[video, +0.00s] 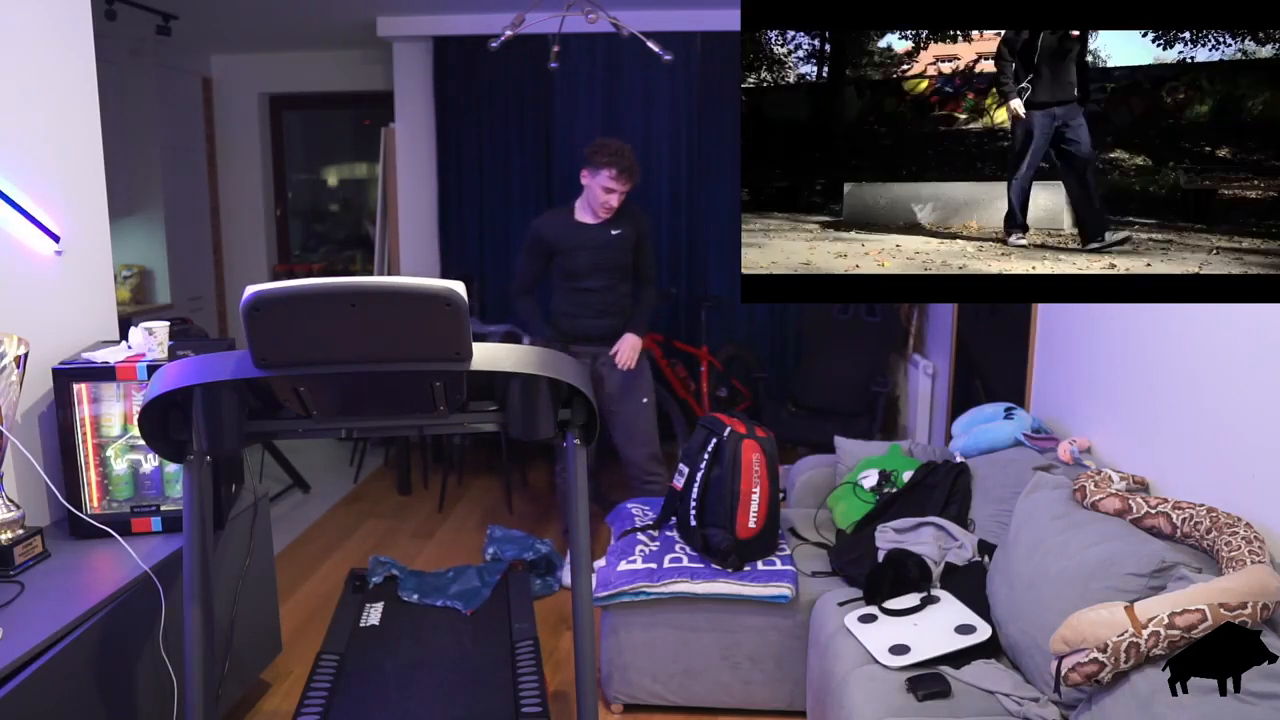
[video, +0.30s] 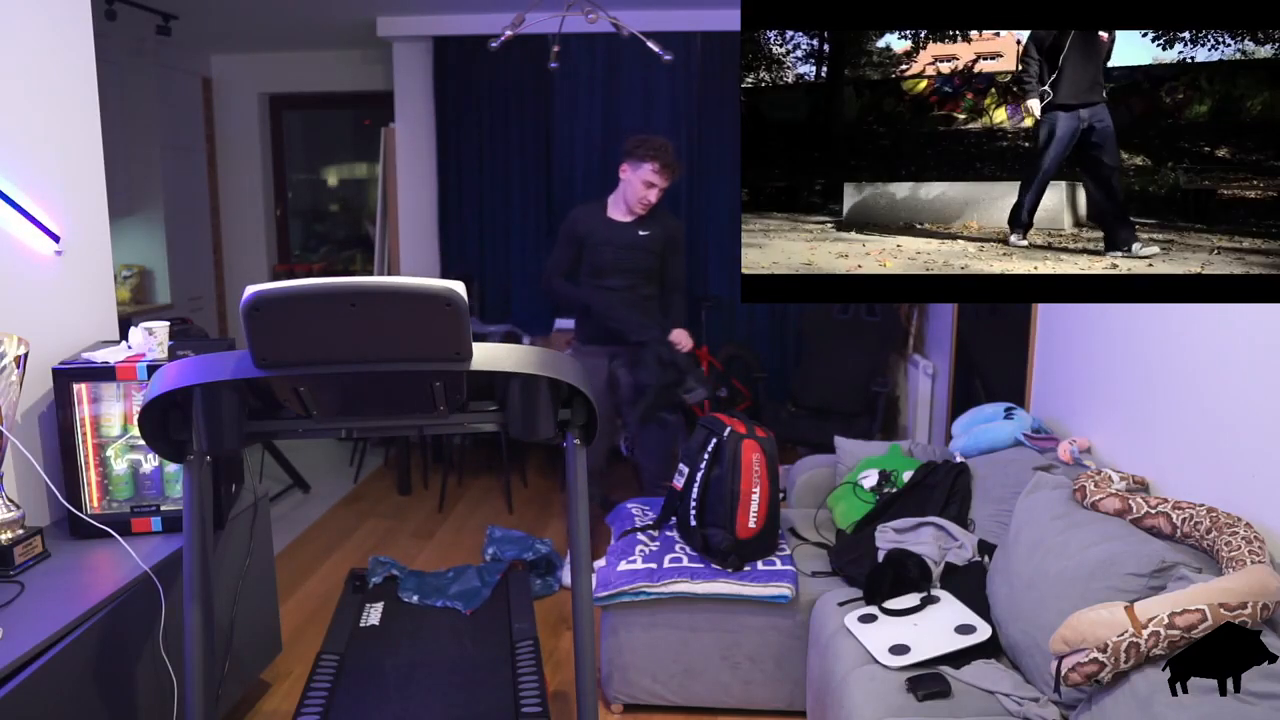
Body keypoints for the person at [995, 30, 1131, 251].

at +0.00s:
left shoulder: (1080, 34)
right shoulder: (1024, 32)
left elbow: (1080, 61)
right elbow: (1004, 55)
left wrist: (1082, 99)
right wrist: (1010, 96)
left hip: (1069, 106)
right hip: (1034, 107)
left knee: (1083, 166)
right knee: (1023, 170)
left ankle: (1094, 235)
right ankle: (1015, 231)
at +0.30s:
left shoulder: (1108, 34)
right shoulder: (1049, 32)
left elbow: (1100, 63)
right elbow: (1031, 52)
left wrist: (1096, 95)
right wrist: (1032, 93)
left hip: (1096, 107)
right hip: (1060, 107)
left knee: (1108, 176)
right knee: (1042, 170)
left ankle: (1120, 242)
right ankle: (1018, 229)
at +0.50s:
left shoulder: (1129, 33)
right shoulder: (1068, 31)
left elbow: (1123, 57)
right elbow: (1053, 47)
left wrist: (1118, 93)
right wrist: (1048, 90)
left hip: (1119, 98)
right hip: (1082, 97)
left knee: (1126, 171)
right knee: (1077, 166)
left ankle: (1121, 242)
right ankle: (1038, 211)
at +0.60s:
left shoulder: (1140, 33)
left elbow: (1138, 53)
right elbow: (1065, 40)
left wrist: (1137, 95)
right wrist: (1056, 85)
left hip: (1130, 91)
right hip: (1095, 88)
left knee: (1135, 168)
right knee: (1103, 156)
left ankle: (1121, 241)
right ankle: (1061, 206)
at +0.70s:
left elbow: (1148, 49)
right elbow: (1071, 40)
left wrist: (1155, 90)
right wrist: (1061, 83)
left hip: (1137, 87)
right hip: (1102, 83)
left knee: (1139, 164)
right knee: (1120, 152)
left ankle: (1122, 241)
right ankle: (1077, 215)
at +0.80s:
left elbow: (1165, 44)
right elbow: (1084, 37)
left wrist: (1181, 74)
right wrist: (1069, 77)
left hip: (1150, 82)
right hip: (1118, 76)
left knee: (1147, 153)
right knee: (1143, 143)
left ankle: (1129, 236)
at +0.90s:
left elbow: (1179, 40)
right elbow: (1092, 35)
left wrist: (1197, 61)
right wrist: (1076, 72)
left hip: (1157, 78)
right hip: (1123, 69)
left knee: (1140, 156)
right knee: (1156, 140)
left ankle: (1121, 241)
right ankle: (1150, 237)